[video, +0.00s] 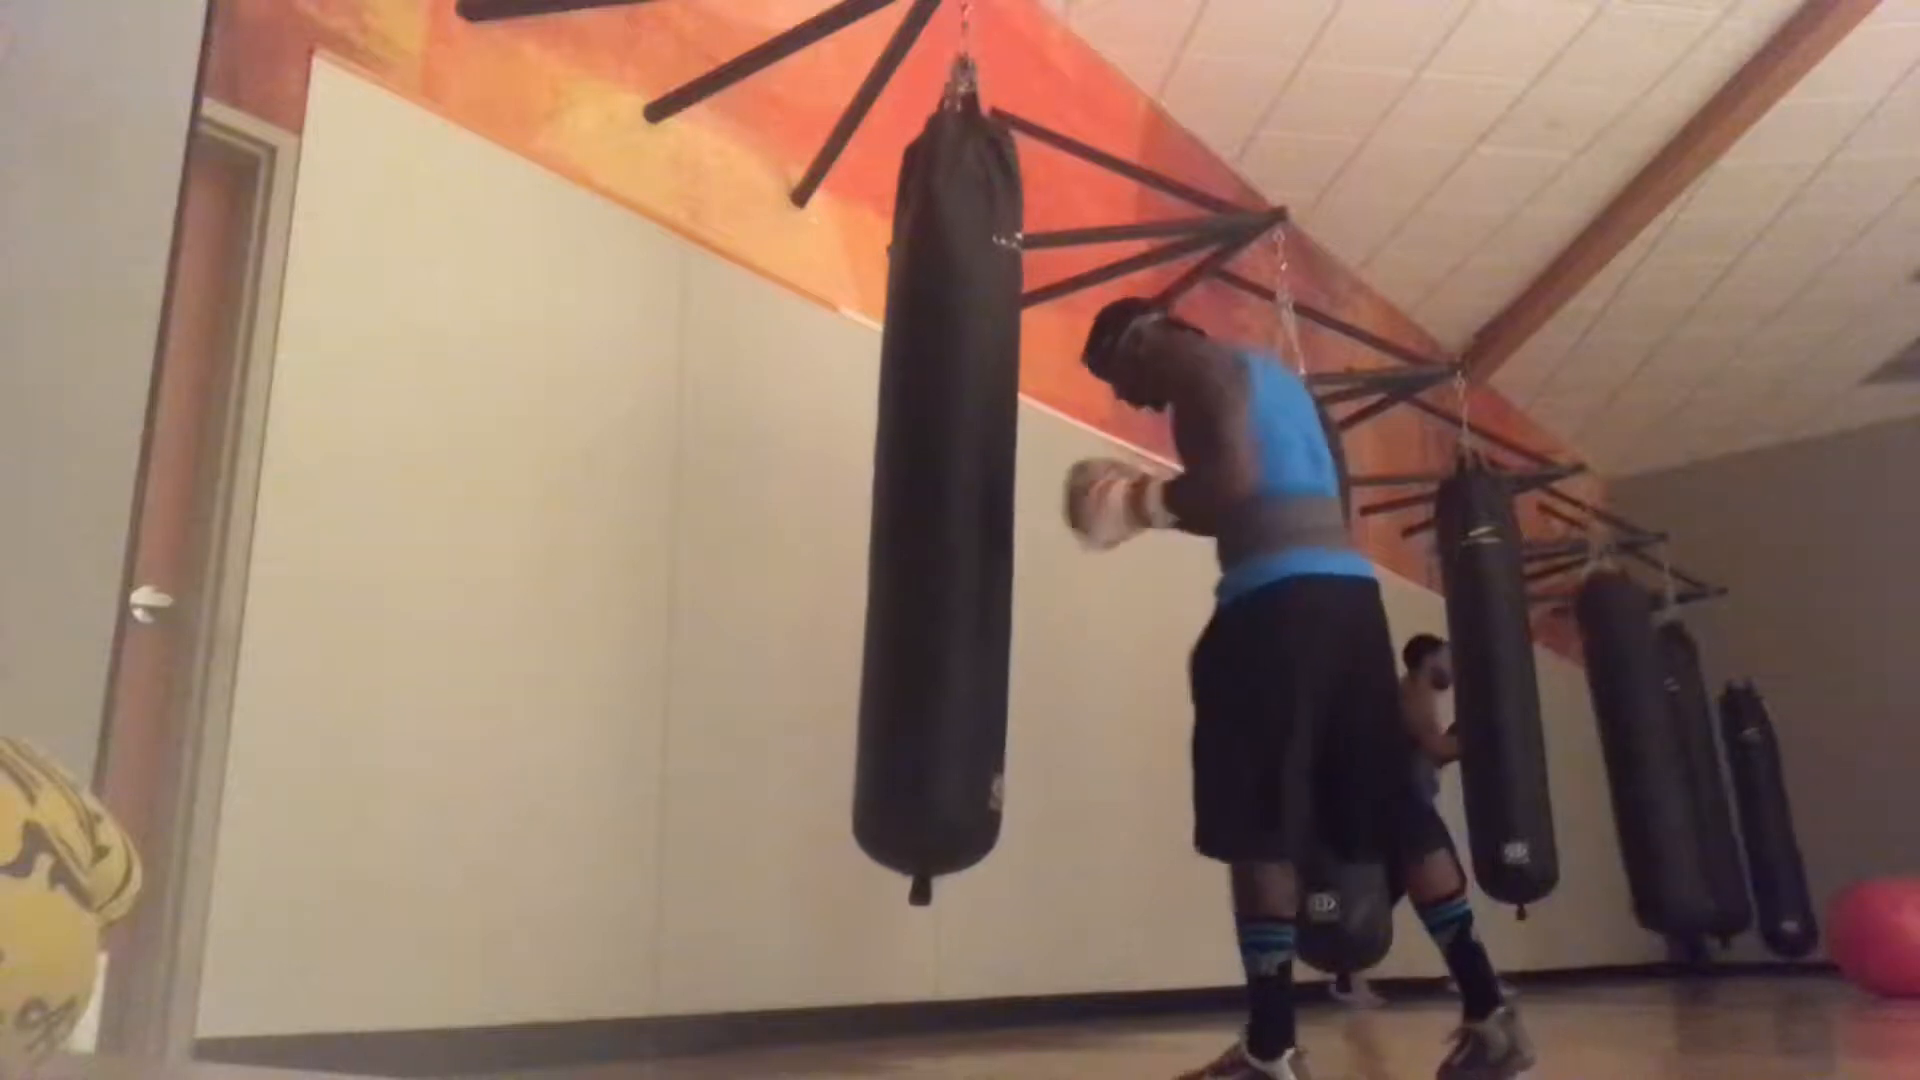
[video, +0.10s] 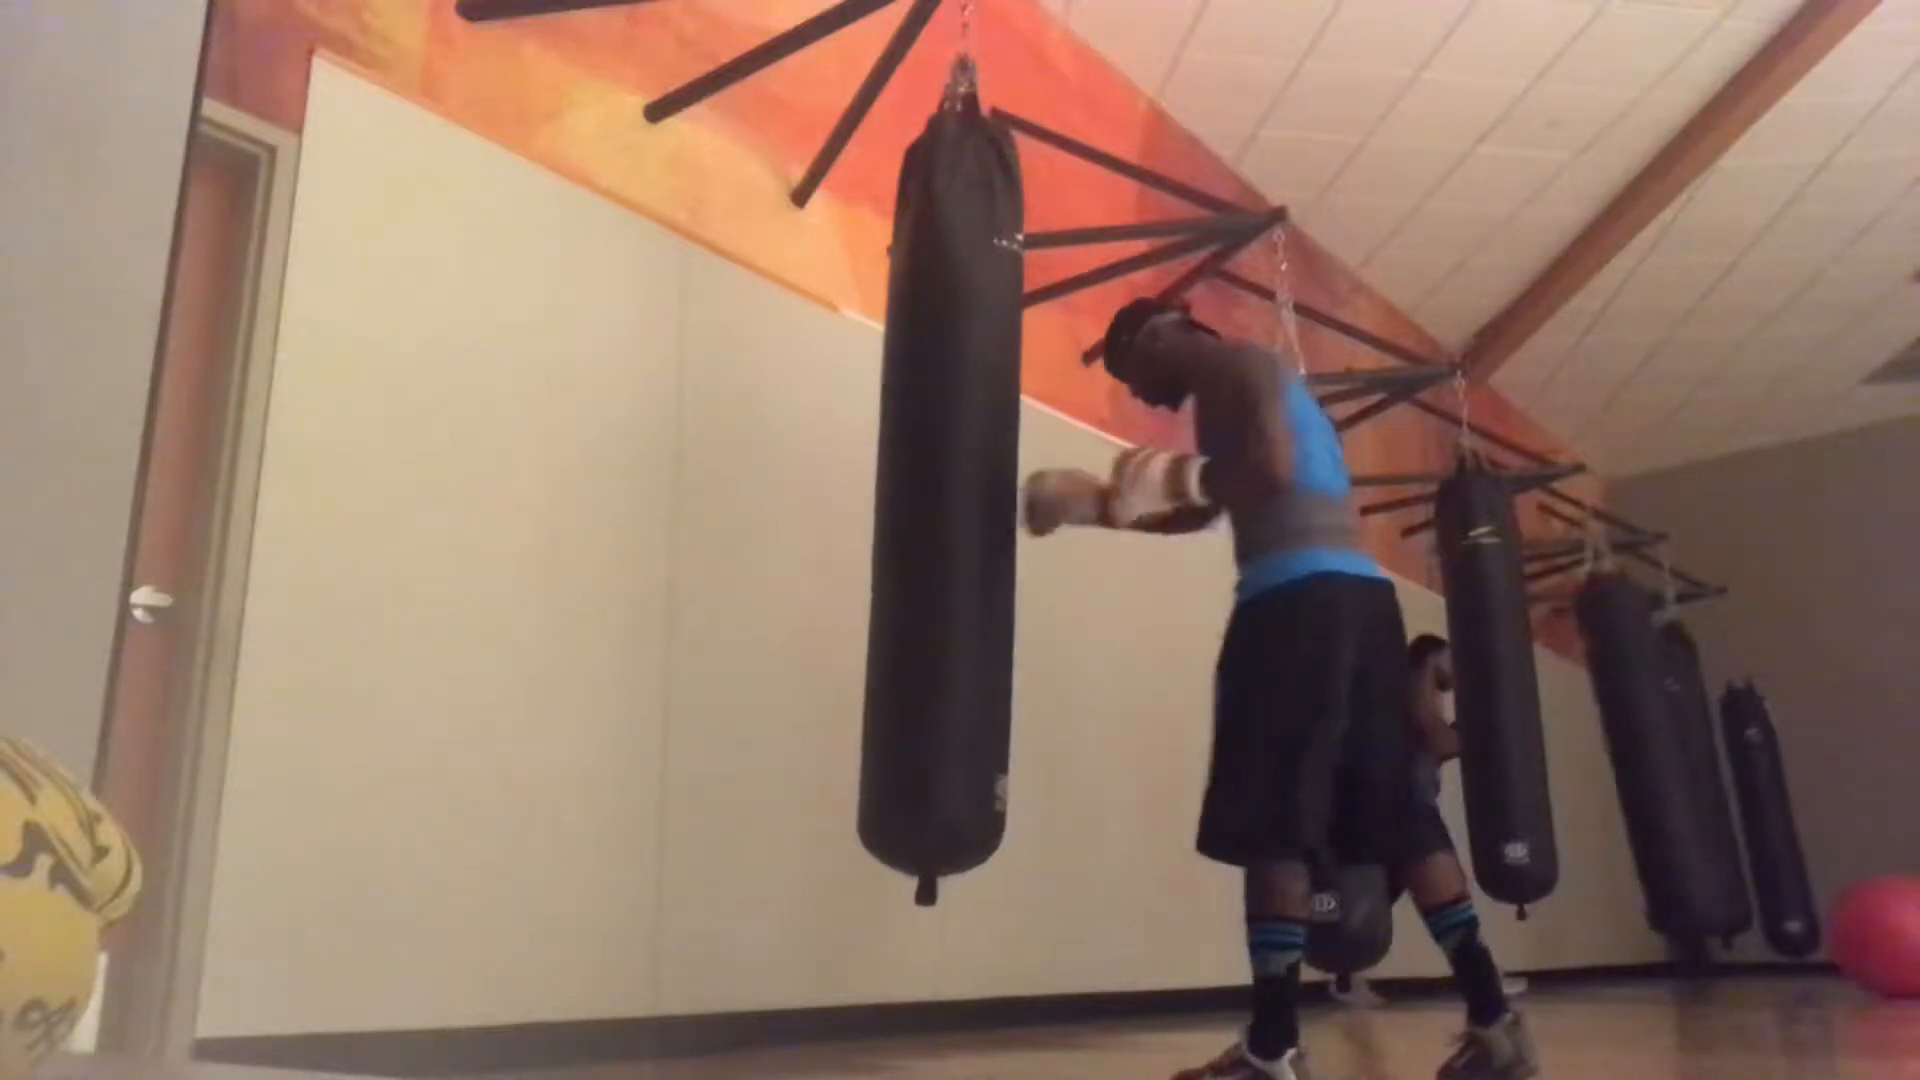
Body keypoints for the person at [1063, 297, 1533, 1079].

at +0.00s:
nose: (1139, 402)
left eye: (1127, 381)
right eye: (1125, 391)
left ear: (1145, 338)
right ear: (1167, 323)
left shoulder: (1200, 364)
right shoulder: (1284, 377)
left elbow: (1229, 488)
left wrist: (1151, 498)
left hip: (1269, 621)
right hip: (1352, 612)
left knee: (1257, 831)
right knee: (1400, 815)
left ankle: (1269, 1048)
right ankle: (1491, 1015)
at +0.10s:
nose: (1145, 397)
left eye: (1138, 376)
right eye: (1135, 387)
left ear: (1162, 332)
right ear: (1181, 328)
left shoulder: (1233, 362)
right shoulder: (1262, 387)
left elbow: (1271, 469)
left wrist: (1177, 482)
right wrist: (1089, 502)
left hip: (1292, 614)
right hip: (1367, 609)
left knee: (1271, 831)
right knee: (1403, 818)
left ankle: (1271, 1045)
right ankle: (1495, 1021)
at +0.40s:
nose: (1169, 421)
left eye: (1163, 405)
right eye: (1163, 410)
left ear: (1186, 362)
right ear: (1206, 350)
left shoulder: (1233, 380)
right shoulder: (1319, 400)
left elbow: (1184, 471)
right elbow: (1291, 519)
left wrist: (1109, 477)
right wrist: (1196, 521)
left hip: (1301, 618)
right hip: (1392, 612)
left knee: (1226, 809)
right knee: (1435, 822)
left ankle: (1232, 1030)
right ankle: (1500, 1032)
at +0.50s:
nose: (1152, 425)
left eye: (1145, 411)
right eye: (1144, 417)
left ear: (1161, 376)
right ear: (1186, 360)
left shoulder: (1201, 389)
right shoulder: (1308, 404)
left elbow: (1121, 491)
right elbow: (1390, 496)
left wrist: (1054, 492)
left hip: (1284, 628)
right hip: (1378, 624)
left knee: (1221, 825)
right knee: (1418, 833)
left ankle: (1234, 1041)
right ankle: (1499, 1034)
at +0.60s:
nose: (1138, 428)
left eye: (1129, 414)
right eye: (1127, 423)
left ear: (1144, 376)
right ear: (1157, 362)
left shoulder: (1197, 390)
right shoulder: (1293, 415)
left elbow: (1138, 503)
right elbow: (1359, 523)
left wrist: (1072, 495)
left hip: (1270, 629)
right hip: (1360, 624)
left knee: (1208, 828)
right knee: (1393, 827)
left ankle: (1233, 1044)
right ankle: (1491, 1021)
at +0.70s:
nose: (1103, 436)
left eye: (1094, 417)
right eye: (1090, 429)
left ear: (1116, 373)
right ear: (1128, 364)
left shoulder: (1192, 386)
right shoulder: (1238, 407)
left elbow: (1165, 503)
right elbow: (1273, 546)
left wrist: (1105, 501)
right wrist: (1190, 618)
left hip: (1275, 619)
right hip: (1342, 608)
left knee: (1224, 825)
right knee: (1366, 812)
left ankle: (1235, 1044)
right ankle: (1492, 1006)